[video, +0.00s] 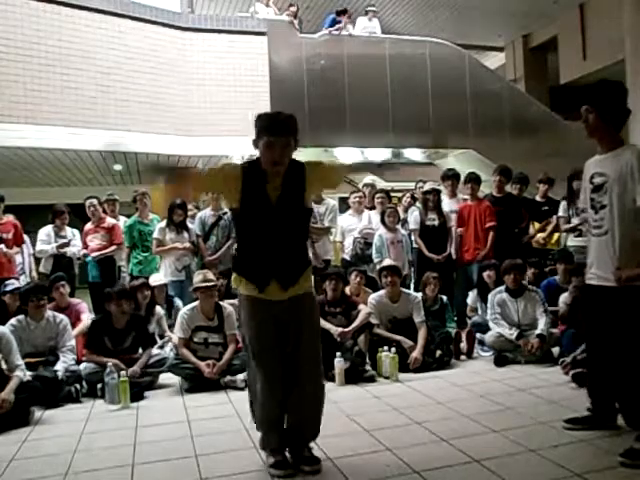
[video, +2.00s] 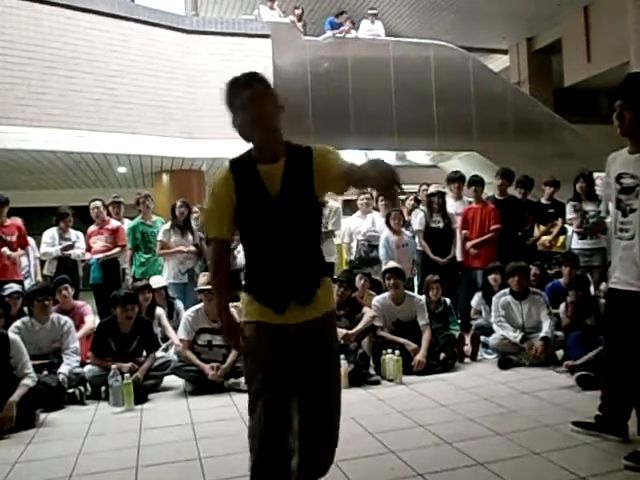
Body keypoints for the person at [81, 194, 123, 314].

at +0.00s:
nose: (92, 209)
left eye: (95, 206)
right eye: (89, 207)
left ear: (100, 207)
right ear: (87, 210)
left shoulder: (112, 224)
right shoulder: (87, 228)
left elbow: (118, 244)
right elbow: (85, 246)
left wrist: (99, 254)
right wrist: (83, 252)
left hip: (108, 260)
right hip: (92, 261)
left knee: (109, 292)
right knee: (95, 294)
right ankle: (99, 320)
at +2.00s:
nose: (96, 211)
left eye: (98, 208)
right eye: (93, 209)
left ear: (104, 209)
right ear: (90, 213)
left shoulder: (116, 226)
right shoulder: (90, 230)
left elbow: (122, 247)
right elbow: (88, 249)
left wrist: (104, 255)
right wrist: (87, 256)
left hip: (110, 262)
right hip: (95, 264)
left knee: (113, 295)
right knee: (100, 298)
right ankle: (104, 325)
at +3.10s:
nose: (96, 212)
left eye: (98, 209)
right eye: (93, 210)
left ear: (104, 210)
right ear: (90, 213)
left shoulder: (116, 226)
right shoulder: (90, 231)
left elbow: (122, 246)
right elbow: (89, 250)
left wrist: (105, 256)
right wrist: (87, 257)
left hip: (111, 262)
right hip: (96, 264)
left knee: (113, 295)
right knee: (99, 298)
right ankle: (104, 324)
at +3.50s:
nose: (95, 213)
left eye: (98, 210)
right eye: (92, 211)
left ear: (104, 210)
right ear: (90, 214)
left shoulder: (116, 226)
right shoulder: (91, 230)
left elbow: (122, 246)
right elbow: (88, 250)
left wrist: (105, 256)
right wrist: (88, 256)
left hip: (111, 263)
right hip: (96, 265)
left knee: (113, 296)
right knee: (100, 300)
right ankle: (104, 326)